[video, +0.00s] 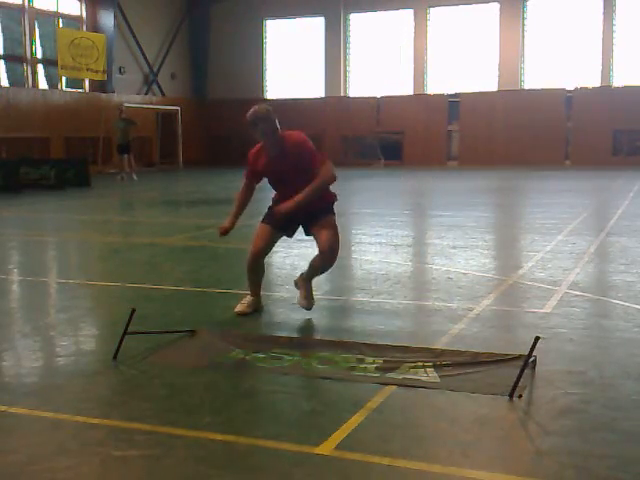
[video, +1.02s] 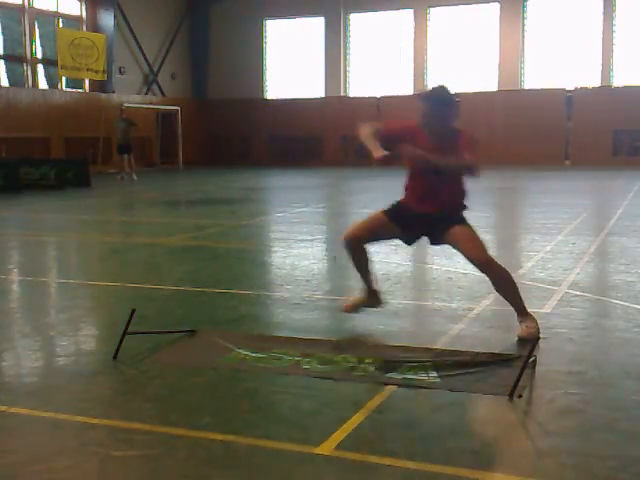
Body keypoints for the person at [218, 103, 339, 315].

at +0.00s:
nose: (270, 133)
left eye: (272, 127)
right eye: (263, 130)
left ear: (277, 124)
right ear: (255, 132)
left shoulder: (298, 141)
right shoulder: (257, 157)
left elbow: (328, 174)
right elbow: (248, 188)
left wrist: (294, 203)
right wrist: (231, 221)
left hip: (316, 200)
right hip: (284, 202)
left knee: (329, 252)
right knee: (256, 253)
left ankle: (305, 279)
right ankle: (254, 298)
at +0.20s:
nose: (297, 126)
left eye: (300, 120)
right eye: (293, 121)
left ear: (306, 117)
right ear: (284, 121)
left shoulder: (326, 132)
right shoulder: (275, 148)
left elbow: (363, 126)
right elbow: (245, 178)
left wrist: (398, 130)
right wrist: (247, 174)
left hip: (334, 205)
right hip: (299, 208)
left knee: (362, 232)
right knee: (263, 256)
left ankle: (359, 292)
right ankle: (254, 299)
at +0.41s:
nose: (373, 77)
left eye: (378, 72)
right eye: (369, 72)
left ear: (386, 75)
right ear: (361, 77)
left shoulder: (401, 99)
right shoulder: (350, 111)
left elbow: (446, 88)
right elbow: (336, 151)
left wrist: (490, 91)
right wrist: (381, 151)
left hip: (390, 189)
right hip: (353, 190)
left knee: (435, 226)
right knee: (314, 242)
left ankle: (462, 287)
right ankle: (281, 286)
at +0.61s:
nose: (458, 124)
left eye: (462, 118)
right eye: (453, 118)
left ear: (470, 117)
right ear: (444, 117)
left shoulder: (480, 141)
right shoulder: (424, 143)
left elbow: (521, 148)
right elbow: (395, 179)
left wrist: (550, 168)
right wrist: (425, 202)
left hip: (456, 212)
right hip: (418, 211)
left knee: (490, 260)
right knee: (380, 268)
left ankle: (524, 317)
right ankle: (406, 277)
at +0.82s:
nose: (475, 144)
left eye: (480, 139)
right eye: (471, 138)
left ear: (491, 134)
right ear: (464, 131)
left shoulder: (504, 163)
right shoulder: (443, 155)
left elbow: (531, 202)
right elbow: (420, 193)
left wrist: (551, 244)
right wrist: (458, 199)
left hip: (474, 221)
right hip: (435, 221)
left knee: (502, 261)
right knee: (413, 276)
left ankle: (526, 317)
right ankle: (462, 285)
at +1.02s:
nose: (425, 120)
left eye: (431, 115)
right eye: (424, 114)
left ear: (447, 116)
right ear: (422, 113)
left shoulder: (461, 140)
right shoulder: (414, 133)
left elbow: (471, 167)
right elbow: (365, 130)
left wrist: (424, 157)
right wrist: (376, 150)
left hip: (447, 216)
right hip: (410, 211)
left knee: (483, 261)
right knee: (352, 239)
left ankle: (524, 317)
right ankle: (371, 294)